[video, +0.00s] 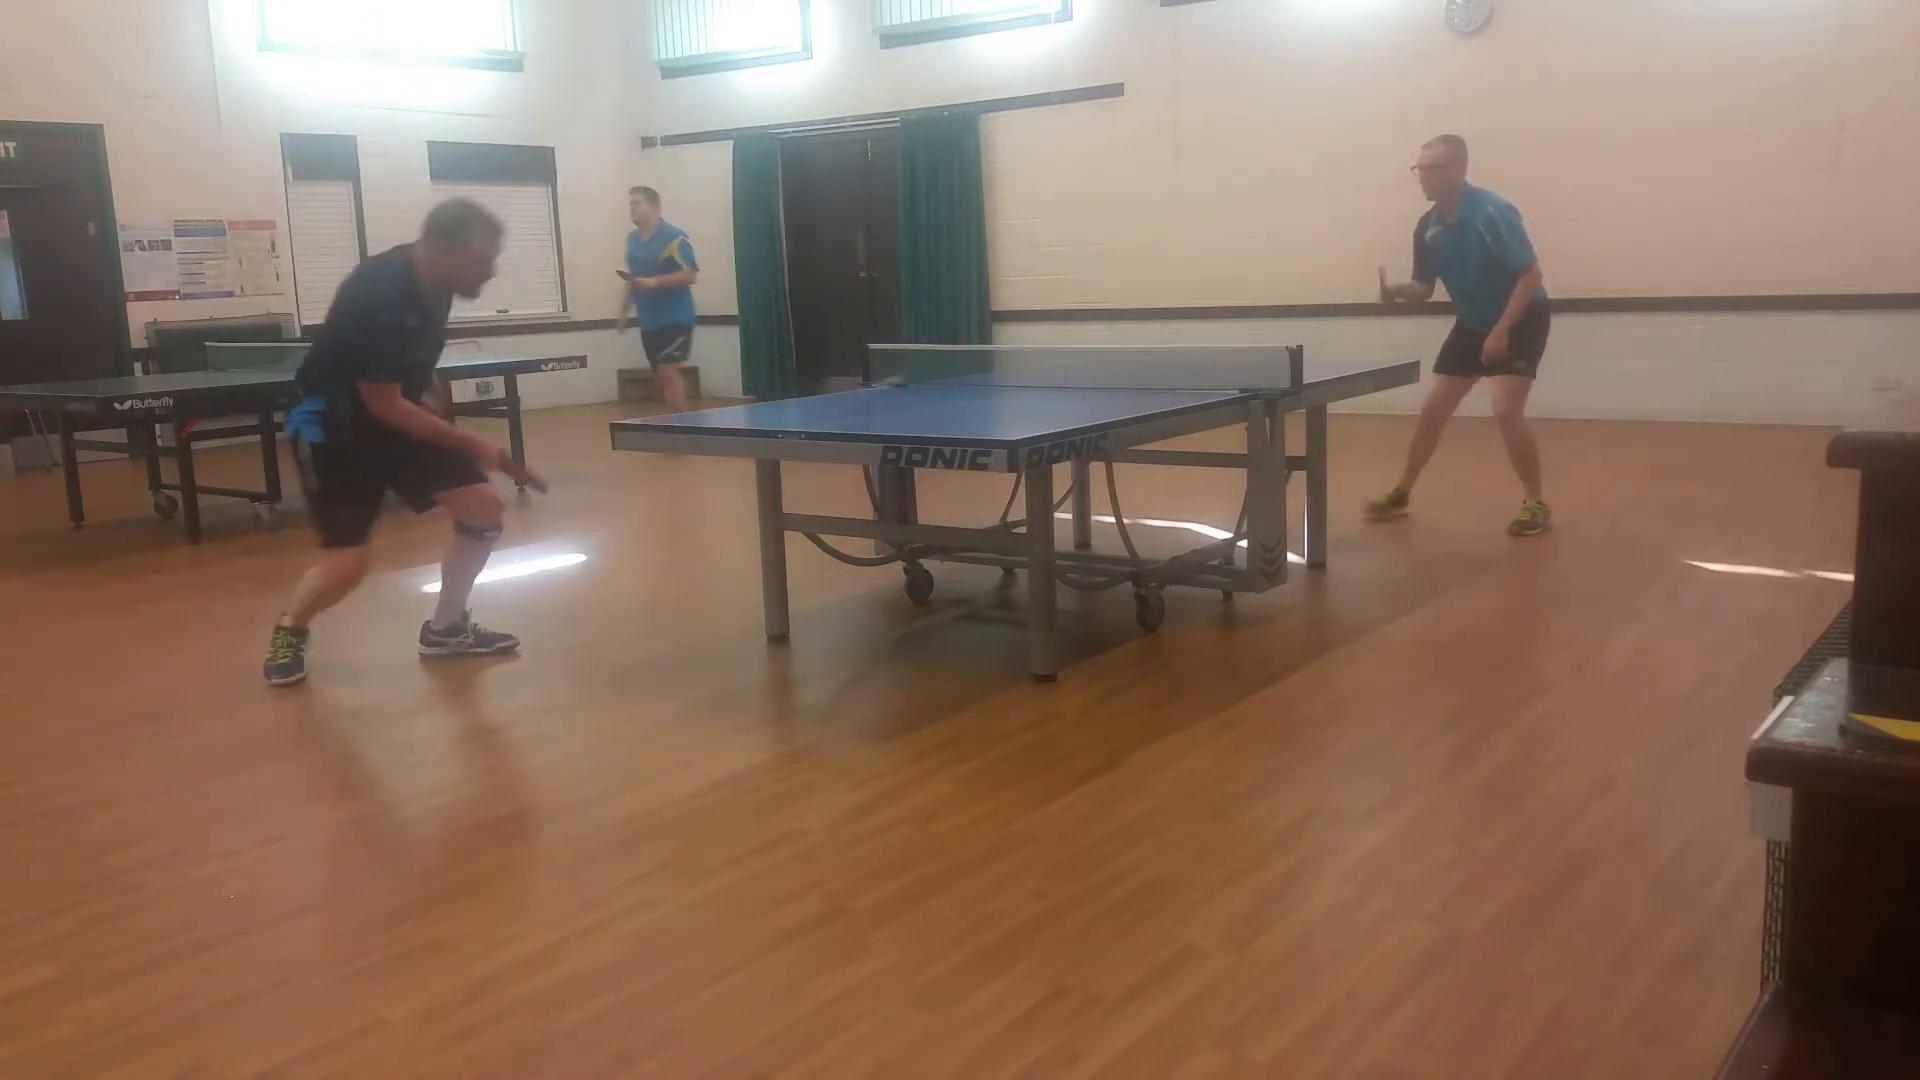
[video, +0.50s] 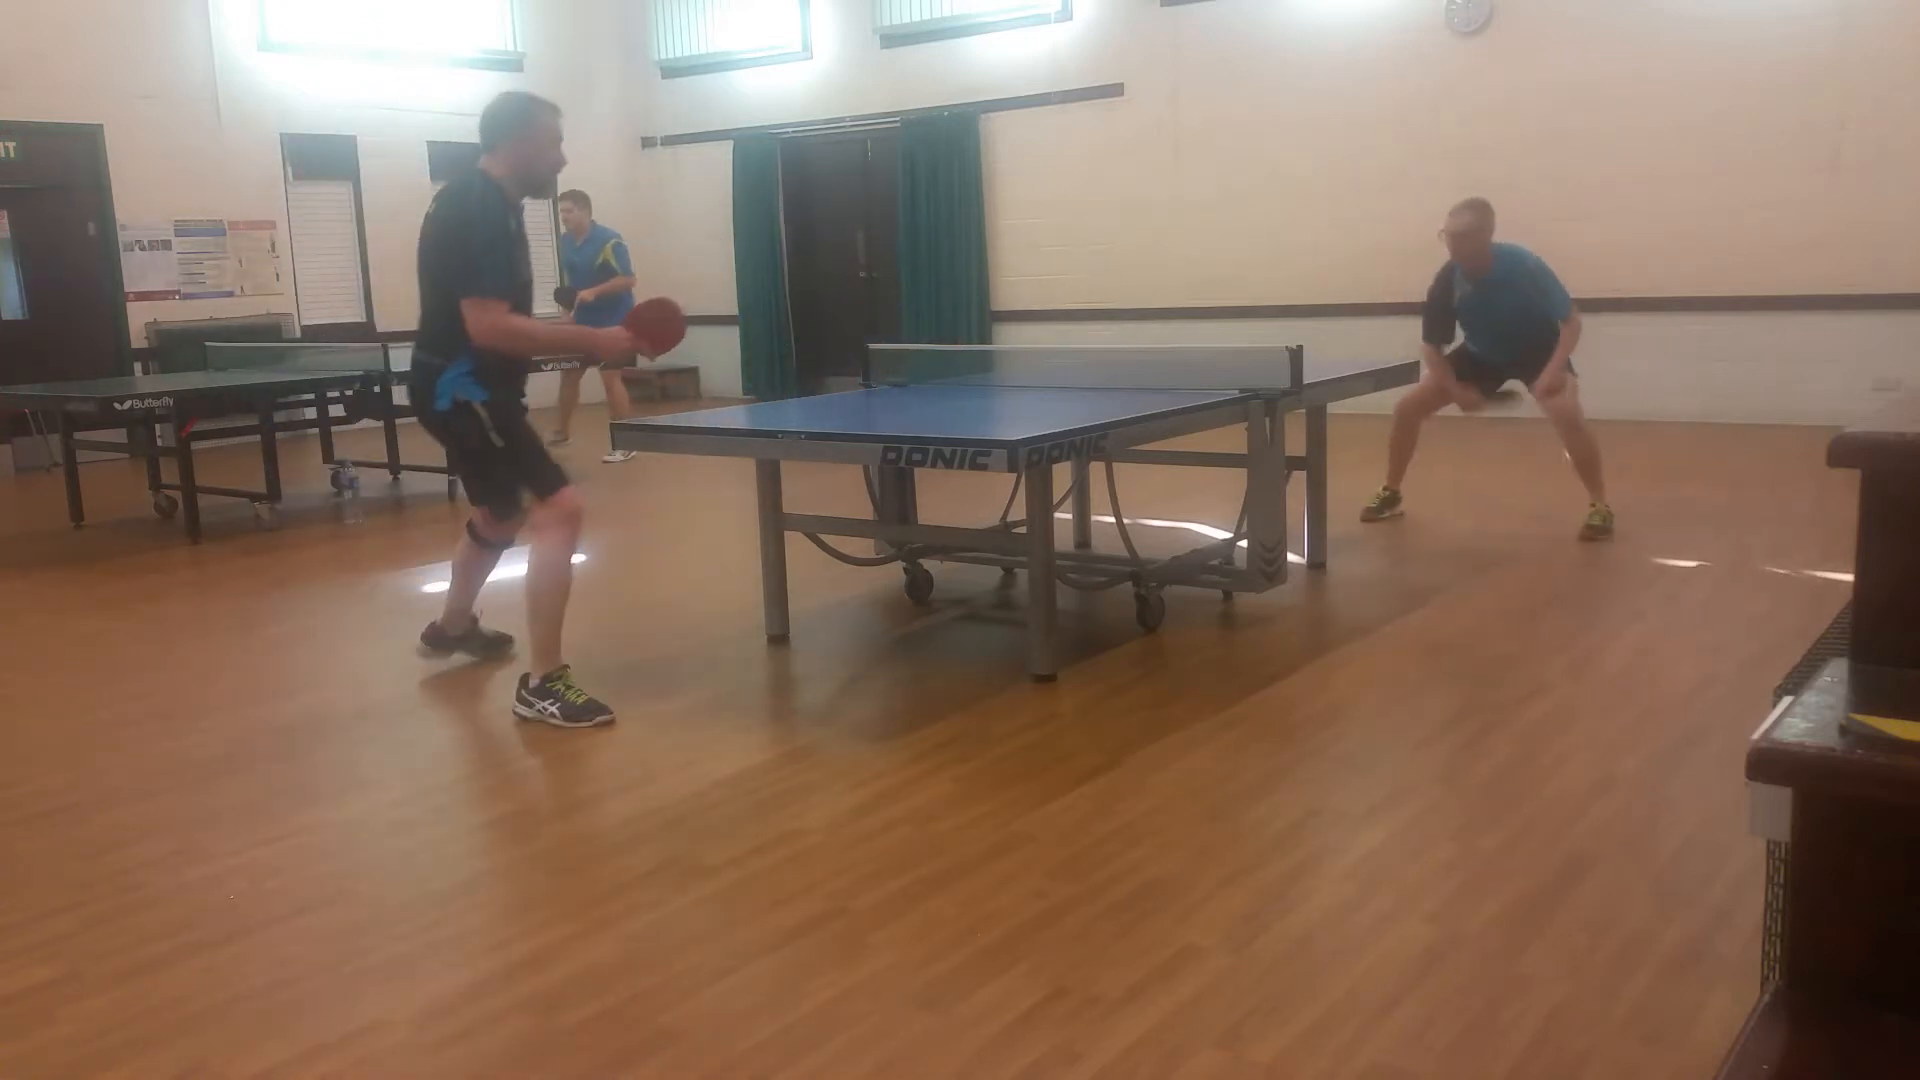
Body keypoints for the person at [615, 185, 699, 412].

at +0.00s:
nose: (631, 208)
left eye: (636, 203)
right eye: (630, 204)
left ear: (653, 206)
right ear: (631, 208)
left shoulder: (675, 236)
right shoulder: (633, 239)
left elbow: (690, 274)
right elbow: (633, 279)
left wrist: (655, 281)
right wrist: (624, 313)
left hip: (676, 317)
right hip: (649, 320)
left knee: (668, 372)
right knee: (662, 375)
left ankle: (682, 424)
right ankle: (677, 424)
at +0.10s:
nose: (615, 215)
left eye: (620, 210)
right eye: (614, 211)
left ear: (638, 212)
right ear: (615, 215)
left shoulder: (660, 242)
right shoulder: (619, 244)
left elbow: (677, 280)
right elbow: (614, 284)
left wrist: (642, 287)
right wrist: (602, 312)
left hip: (661, 323)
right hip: (635, 324)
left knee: (648, 377)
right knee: (658, 381)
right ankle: (685, 432)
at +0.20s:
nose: (599, 224)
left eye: (604, 219)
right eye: (598, 220)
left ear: (621, 220)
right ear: (601, 223)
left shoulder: (644, 250)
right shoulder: (607, 250)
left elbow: (662, 289)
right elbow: (608, 288)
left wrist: (629, 296)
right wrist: (591, 305)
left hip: (644, 329)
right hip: (619, 329)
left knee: (623, 377)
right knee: (622, 384)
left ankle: (631, 442)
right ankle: (667, 425)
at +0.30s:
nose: (584, 224)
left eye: (589, 219)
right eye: (583, 219)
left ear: (606, 219)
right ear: (588, 222)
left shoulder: (631, 248)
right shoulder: (594, 249)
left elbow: (648, 288)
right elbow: (600, 287)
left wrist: (613, 298)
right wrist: (587, 301)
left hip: (632, 330)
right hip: (606, 329)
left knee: (615, 378)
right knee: (606, 380)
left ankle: (633, 440)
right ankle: (630, 438)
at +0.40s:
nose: (573, 217)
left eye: (577, 211)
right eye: (571, 212)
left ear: (595, 211)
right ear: (574, 214)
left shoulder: (619, 240)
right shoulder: (580, 241)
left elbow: (637, 280)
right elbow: (589, 281)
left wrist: (603, 292)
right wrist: (581, 308)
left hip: (623, 322)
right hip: (594, 321)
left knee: (618, 375)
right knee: (576, 367)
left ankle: (627, 439)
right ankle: (598, 429)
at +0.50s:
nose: (563, 217)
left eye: (568, 212)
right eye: (561, 212)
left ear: (585, 212)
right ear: (562, 214)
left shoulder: (610, 240)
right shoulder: (565, 242)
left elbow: (628, 279)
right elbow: (571, 284)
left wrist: (594, 292)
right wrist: (568, 316)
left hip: (615, 318)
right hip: (584, 318)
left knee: (611, 375)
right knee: (569, 373)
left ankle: (624, 442)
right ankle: (562, 432)